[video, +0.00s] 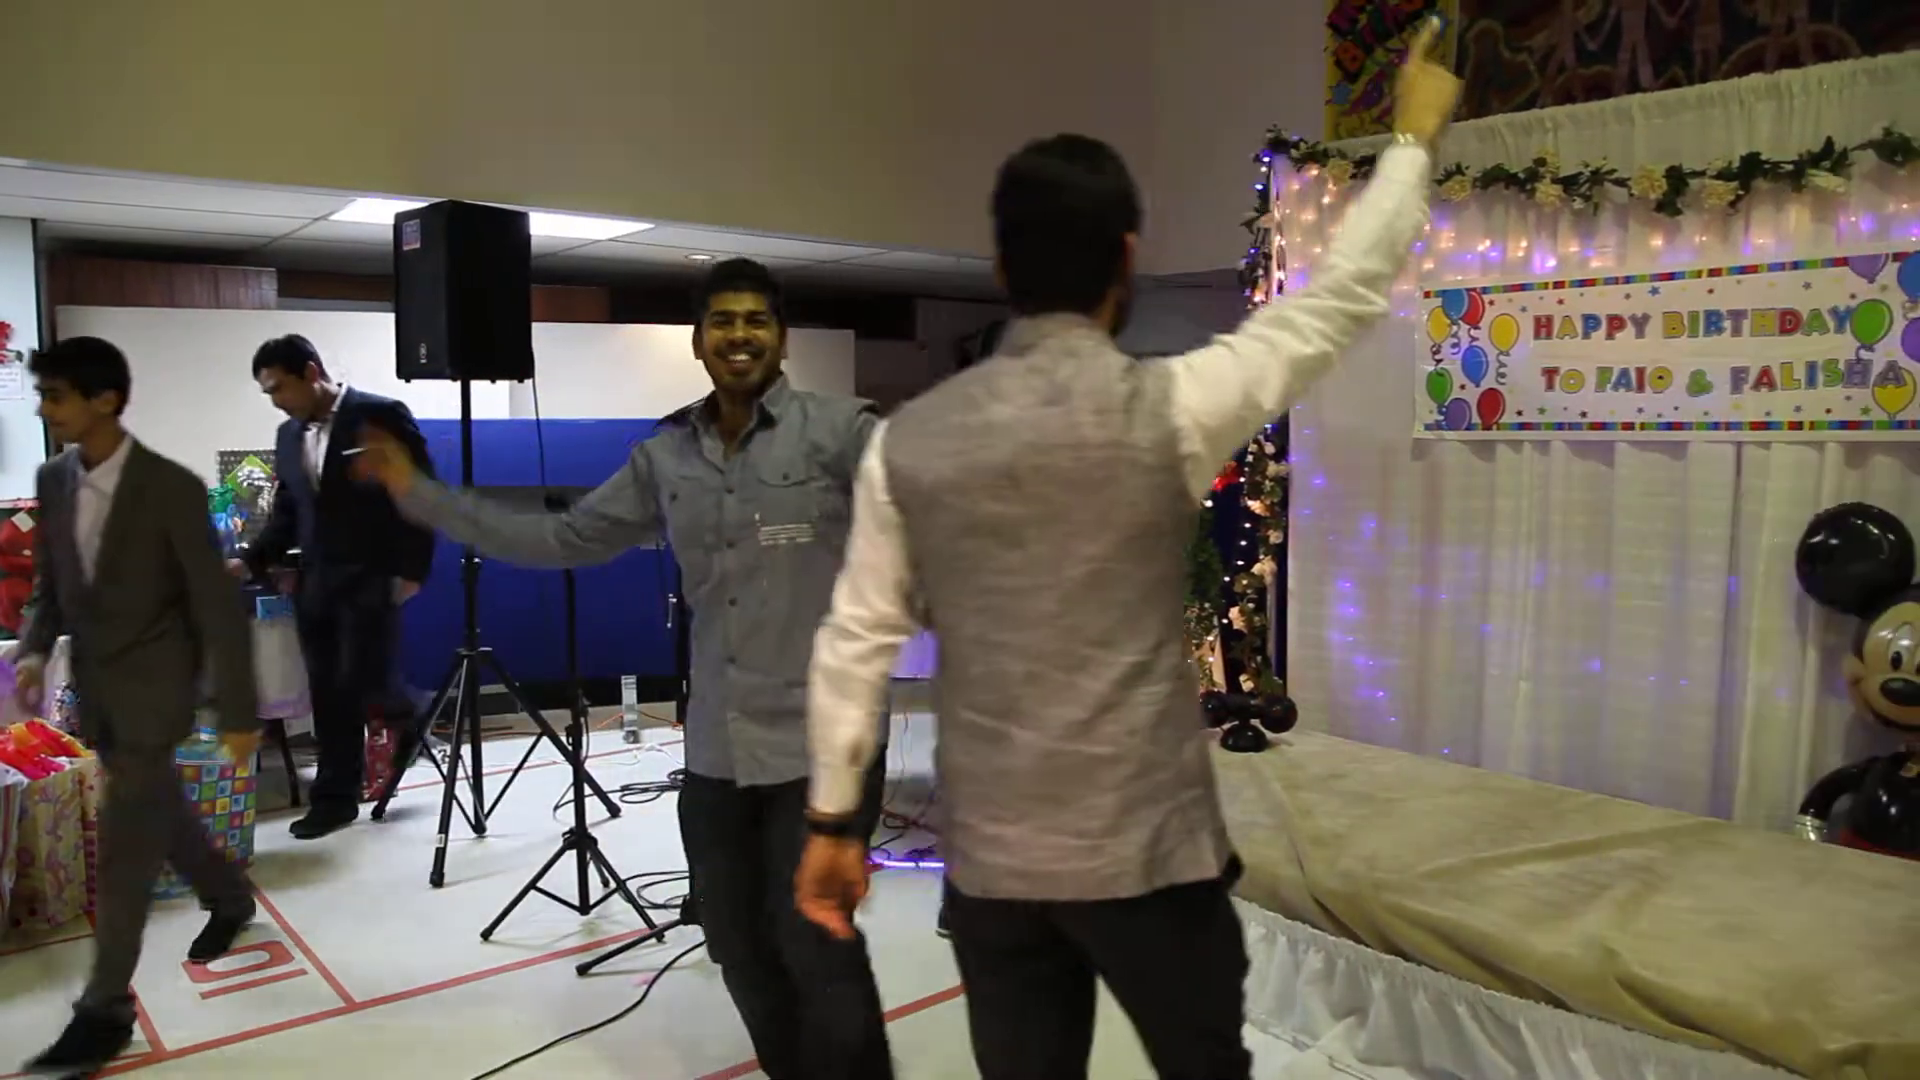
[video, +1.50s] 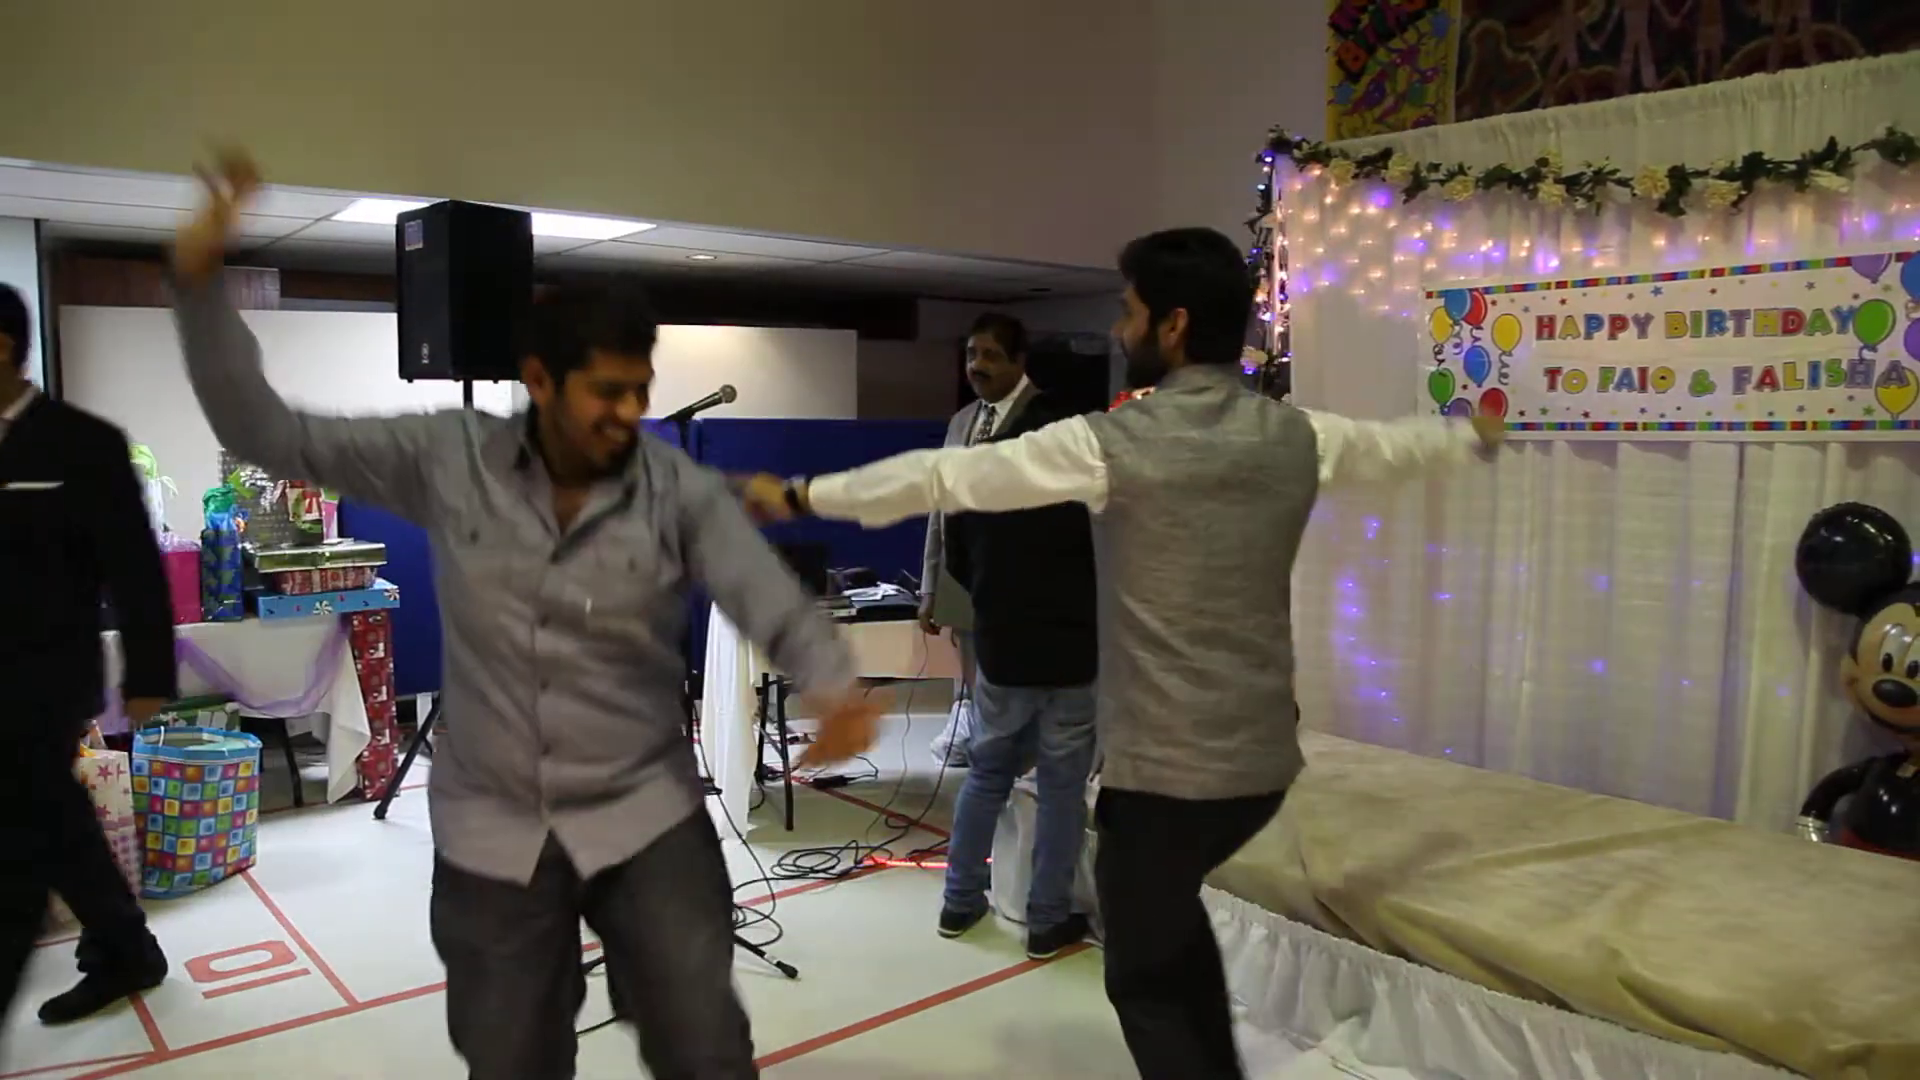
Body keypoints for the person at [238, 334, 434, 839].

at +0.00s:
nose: (274, 401)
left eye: (278, 388)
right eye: (268, 392)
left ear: (312, 373)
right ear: (299, 381)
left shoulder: (381, 418)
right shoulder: (290, 436)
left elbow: (420, 493)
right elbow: (287, 513)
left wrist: (414, 569)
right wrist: (251, 559)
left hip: (375, 578)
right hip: (318, 581)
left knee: (369, 681)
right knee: (330, 695)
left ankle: (413, 712)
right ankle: (335, 801)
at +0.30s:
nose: (245, 387)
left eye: (255, 376)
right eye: (242, 377)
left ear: (293, 374)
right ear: (243, 379)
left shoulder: (356, 431)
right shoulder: (243, 442)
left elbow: (393, 513)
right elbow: (238, 519)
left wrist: (401, 589)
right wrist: (226, 564)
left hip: (340, 594)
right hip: (280, 599)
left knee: (329, 713)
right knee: (314, 713)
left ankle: (326, 848)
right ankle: (322, 821)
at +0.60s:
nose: (222, 366)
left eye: (233, 356)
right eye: (218, 356)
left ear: (276, 360)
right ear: (221, 364)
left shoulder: (334, 430)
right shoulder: (205, 438)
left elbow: (368, 521)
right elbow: (192, 529)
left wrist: (382, 601)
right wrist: (179, 603)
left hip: (316, 615)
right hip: (245, 620)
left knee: (314, 746)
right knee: (268, 738)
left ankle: (309, 876)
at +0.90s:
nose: (172, 356)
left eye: (186, 344)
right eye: (170, 345)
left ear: (232, 352)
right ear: (175, 355)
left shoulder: (291, 426)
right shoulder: (160, 433)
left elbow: (323, 520)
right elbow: (150, 534)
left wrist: (311, 601)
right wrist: (132, 619)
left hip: (273, 633)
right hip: (186, 635)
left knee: (289, 765)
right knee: (190, 783)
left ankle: (304, 879)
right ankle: (186, 923)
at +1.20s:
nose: (69, 360)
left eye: (81, 346)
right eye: (66, 347)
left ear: (132, 349)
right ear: (79, 353)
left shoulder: (198, 433)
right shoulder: (67, 435)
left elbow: (229, 545)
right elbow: (50, 546)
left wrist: (229, 644)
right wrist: (28, 640)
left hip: (161, 656)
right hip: (78, 660)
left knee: (199, 783)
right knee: (97, 817)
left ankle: (267, 856)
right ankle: (123, 956)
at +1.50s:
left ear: (14, 349)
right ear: (17, 351)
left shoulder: (82, 444)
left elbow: (135, 566)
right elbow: (131, 565)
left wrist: (148, 677)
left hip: (48, 679)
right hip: (14, 680)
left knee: (29, 824)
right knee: (54, 814)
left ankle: (126, 949)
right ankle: (124, 950)